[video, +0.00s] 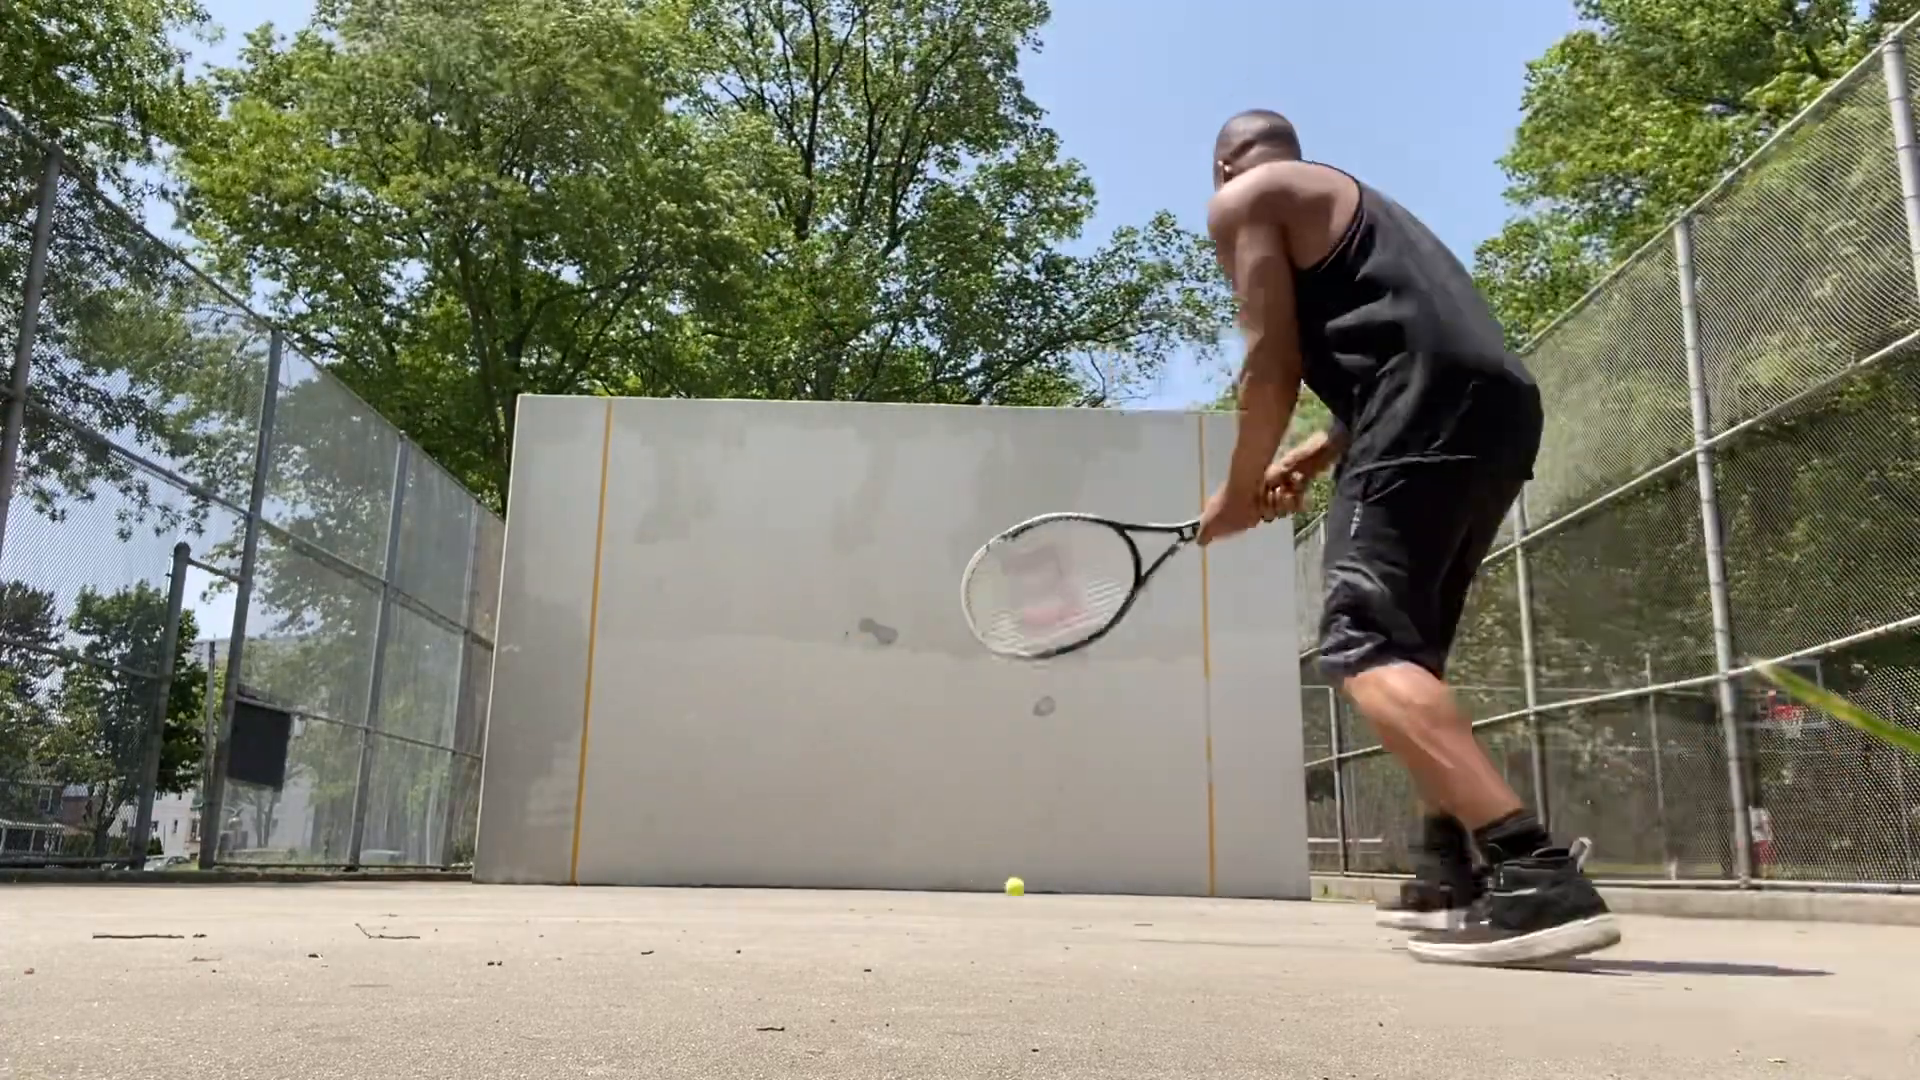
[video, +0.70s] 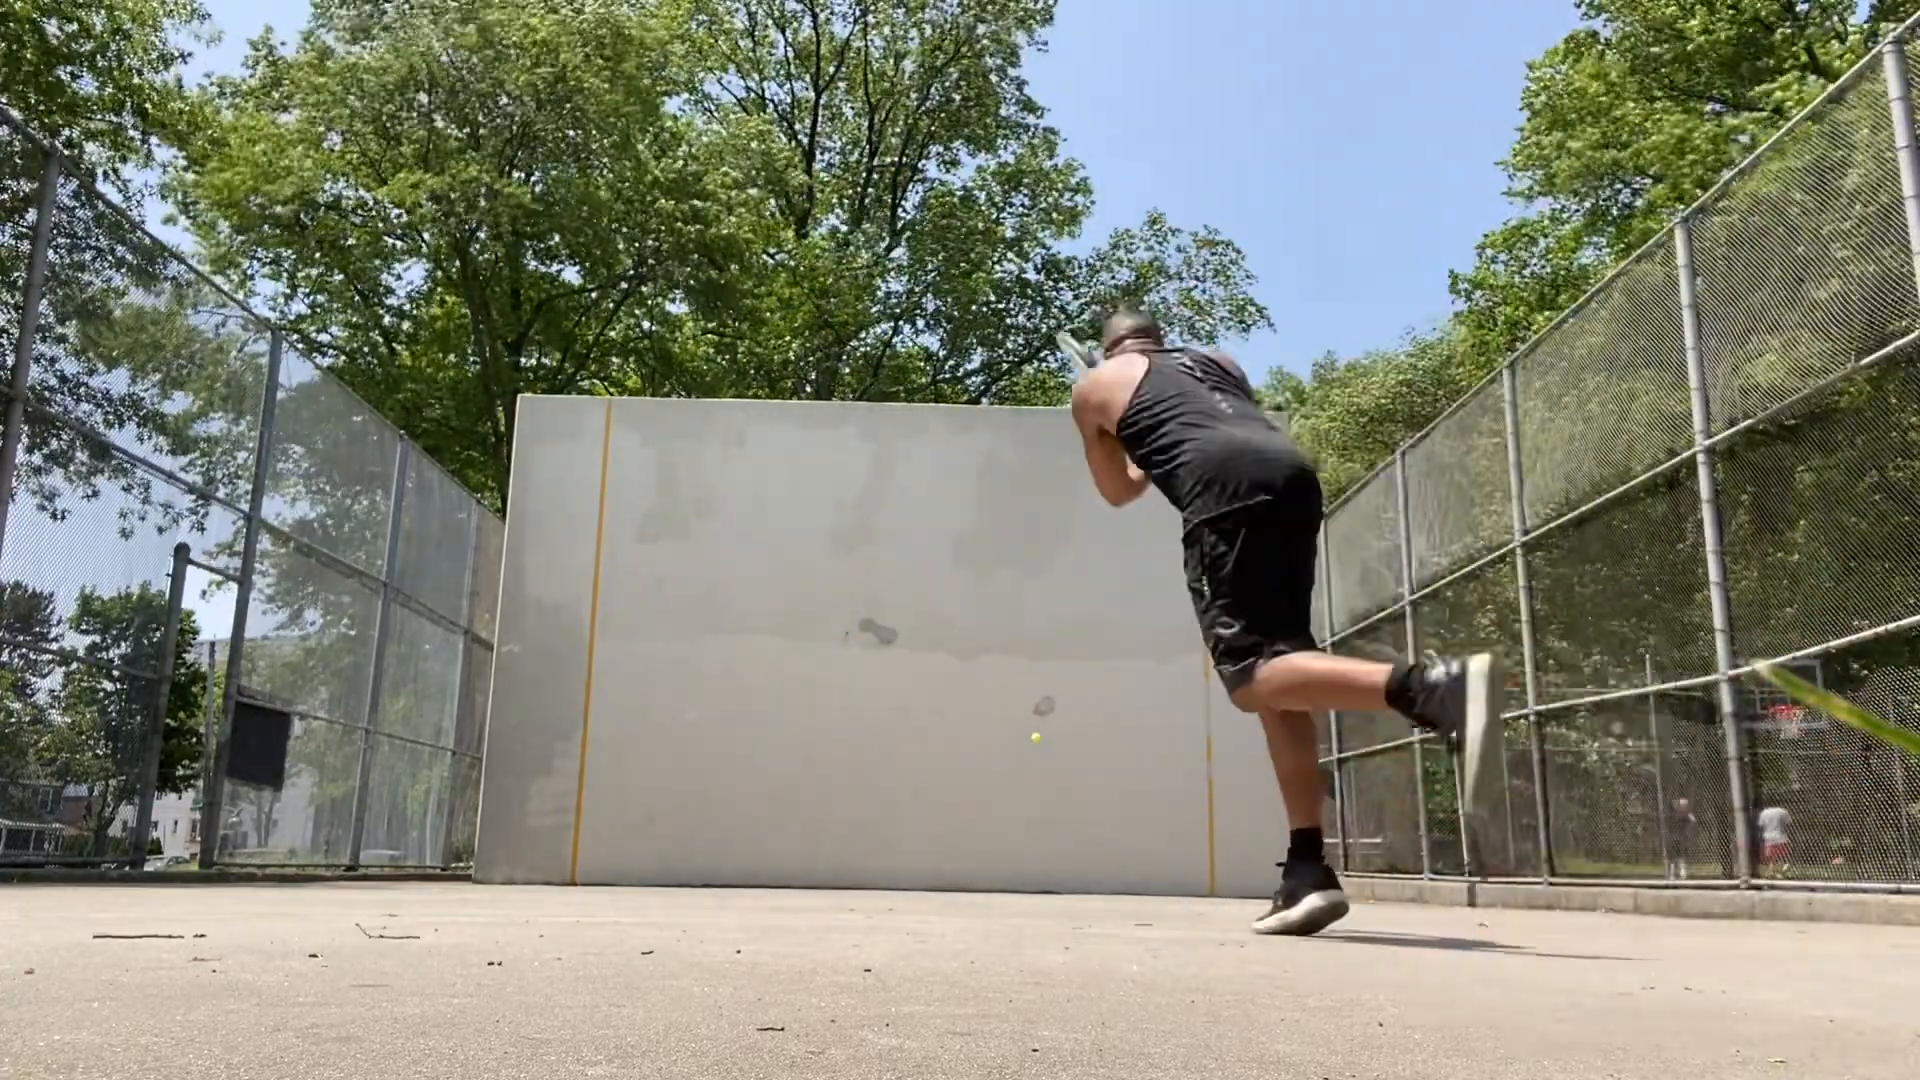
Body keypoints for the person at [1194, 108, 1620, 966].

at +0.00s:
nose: (1219, 181)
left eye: (1220, 168)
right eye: (1224, 167)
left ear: (1229, 161)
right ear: (1290, 153)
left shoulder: (1248, 195)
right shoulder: (1349, 206)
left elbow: (1273, 359)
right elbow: (1401, 374)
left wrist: (1240, 491)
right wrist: (1310, 457)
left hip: (1429, 394)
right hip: (1500, 401)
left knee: (1360, 646)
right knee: (1415, 639)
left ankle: (1532, 869)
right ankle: (1449, 864)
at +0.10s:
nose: (1184, 274)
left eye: (1188, 263)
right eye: (1188, 263)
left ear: (1201, 259)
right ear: (1249, 250)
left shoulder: (1221, 283)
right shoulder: (1301, 295)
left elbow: (1290, 399)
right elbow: (1342, 445)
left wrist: (1269, 546)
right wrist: (1297, 541)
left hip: (1416, 468)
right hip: (1477, 472)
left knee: (1345, 686)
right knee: (1396, 678)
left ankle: (1517, 857)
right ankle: (1350, 872)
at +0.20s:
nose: (1158, 386)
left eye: (1156, 371)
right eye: (1155, 377)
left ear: (1169, 352)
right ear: (1211, 333)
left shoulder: (1198, 354)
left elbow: (1294, 419)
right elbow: (1278, 487)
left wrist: (1294, 552)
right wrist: (1264, 563)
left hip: (1392, 521)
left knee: (1358, 726)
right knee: (1338, 717)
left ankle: (1505, 844)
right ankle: (1314, 886)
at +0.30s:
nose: (1136, 416)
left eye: (1136, 408)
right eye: (1141, 409)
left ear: (1142, 401)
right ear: (1188, 396)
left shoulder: (1157, 418)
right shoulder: (1242, 428)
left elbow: (1239, 482)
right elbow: (1276, 539)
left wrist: (1255, 606)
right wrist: (1239, 615)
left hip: (1348, 529)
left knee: (1374, 727)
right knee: (1291, 702)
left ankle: (1516, 815)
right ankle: (1304, 885)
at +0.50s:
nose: (1128, 422)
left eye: (1129, 415)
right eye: (1135, 413)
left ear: (1147, 416)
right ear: (1191, 405)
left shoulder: (1131, 456)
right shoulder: (1241, 412)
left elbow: (1171, 544)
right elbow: (1261, 426)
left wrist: (1184, 469)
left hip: (1277, 513)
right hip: (1332, 490)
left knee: (1402, 663)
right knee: (1285, 687)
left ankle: (1651, 720)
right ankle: (1312, 883)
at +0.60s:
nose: (1122, 400)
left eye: (1119, 391)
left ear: (1126, 387)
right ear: (1176, 377)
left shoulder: (1113, 424)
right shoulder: (1228, 388)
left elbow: (1145, 497)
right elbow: (1253, 393)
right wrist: (1195, 387)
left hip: (1247, 502)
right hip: (1307, 477)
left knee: (1352, 659)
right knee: (1279, 689)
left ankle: (1580, 671)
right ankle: (1311, 880)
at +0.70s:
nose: (1100, 361)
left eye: (1102, 352)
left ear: (1106, 352)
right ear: (1159, 341)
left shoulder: (1096, 387)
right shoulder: (1215, 361)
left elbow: (1118, 489)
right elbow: (1248, 423)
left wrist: (1162, 443)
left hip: (1223, 485)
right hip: (1291, 472)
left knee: (1244, 676)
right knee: (1278, 678)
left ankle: (1422, 690)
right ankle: (1307, 869)